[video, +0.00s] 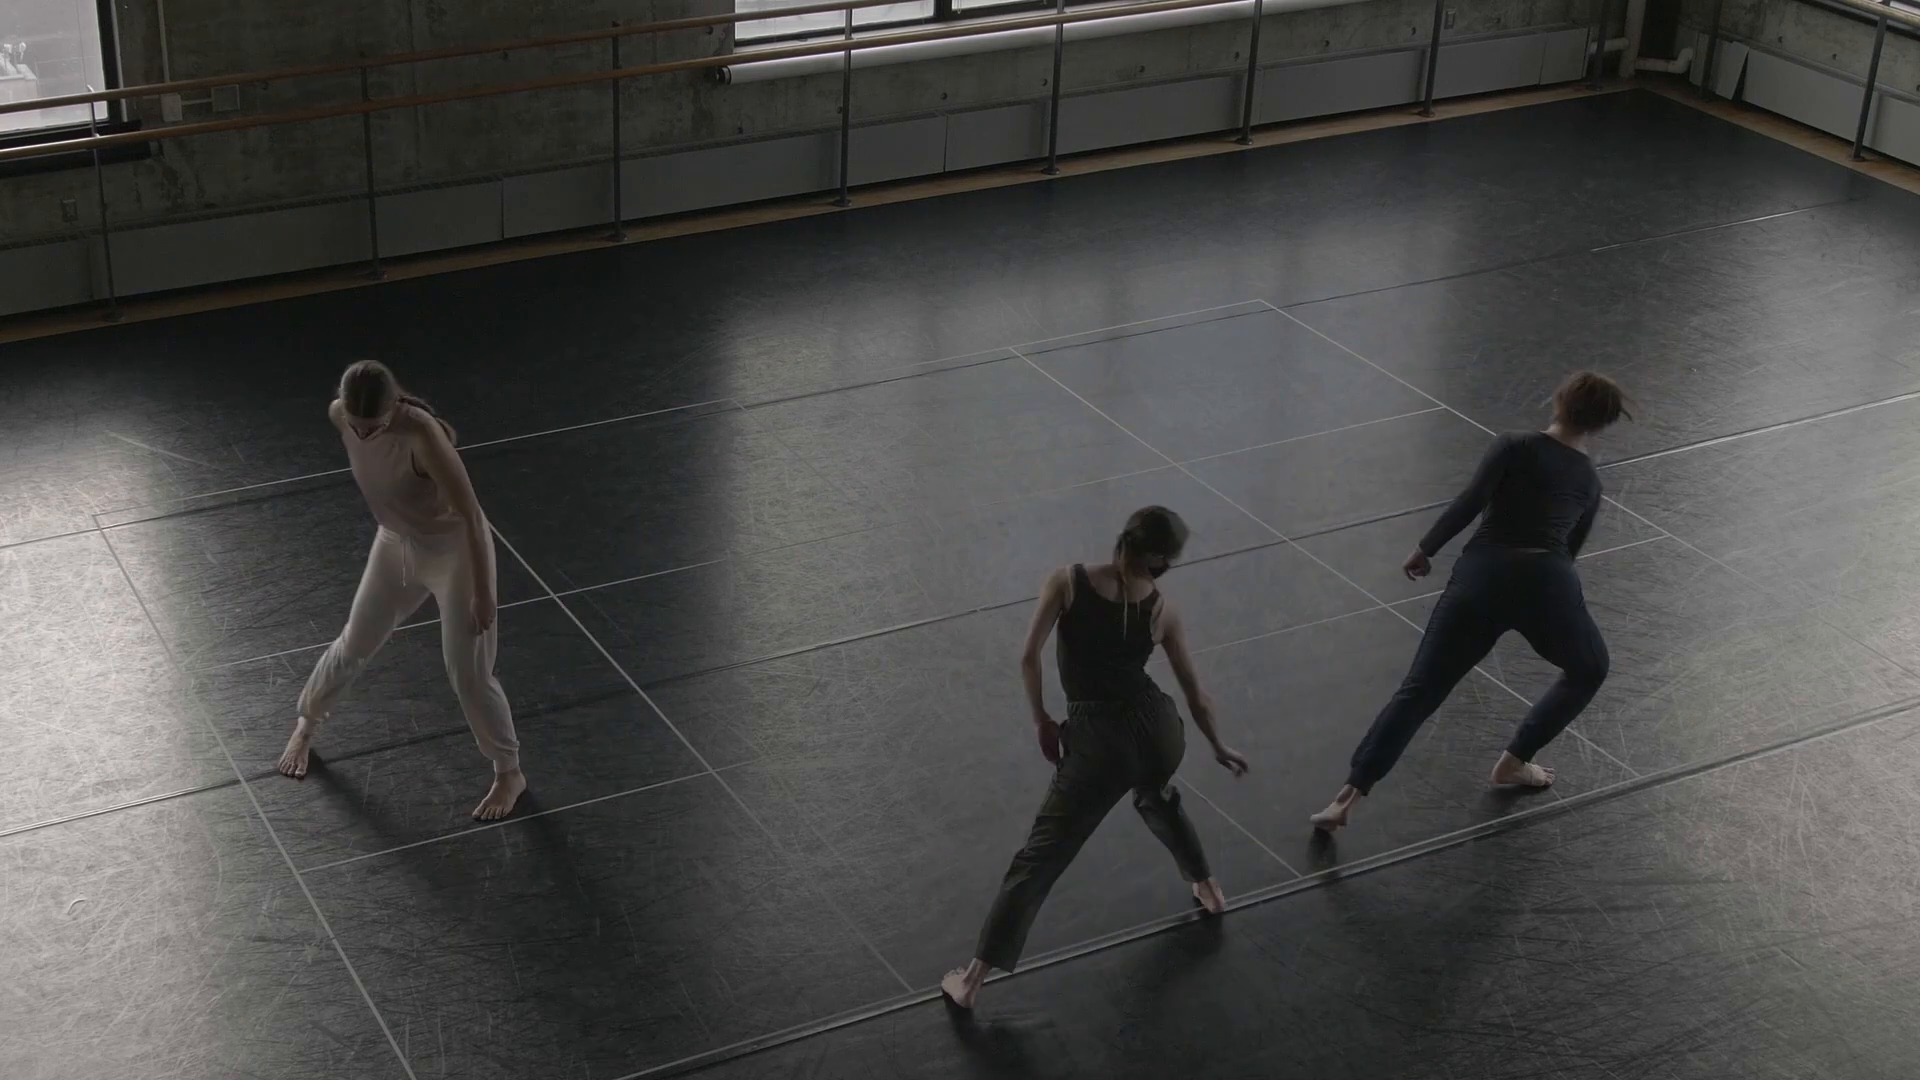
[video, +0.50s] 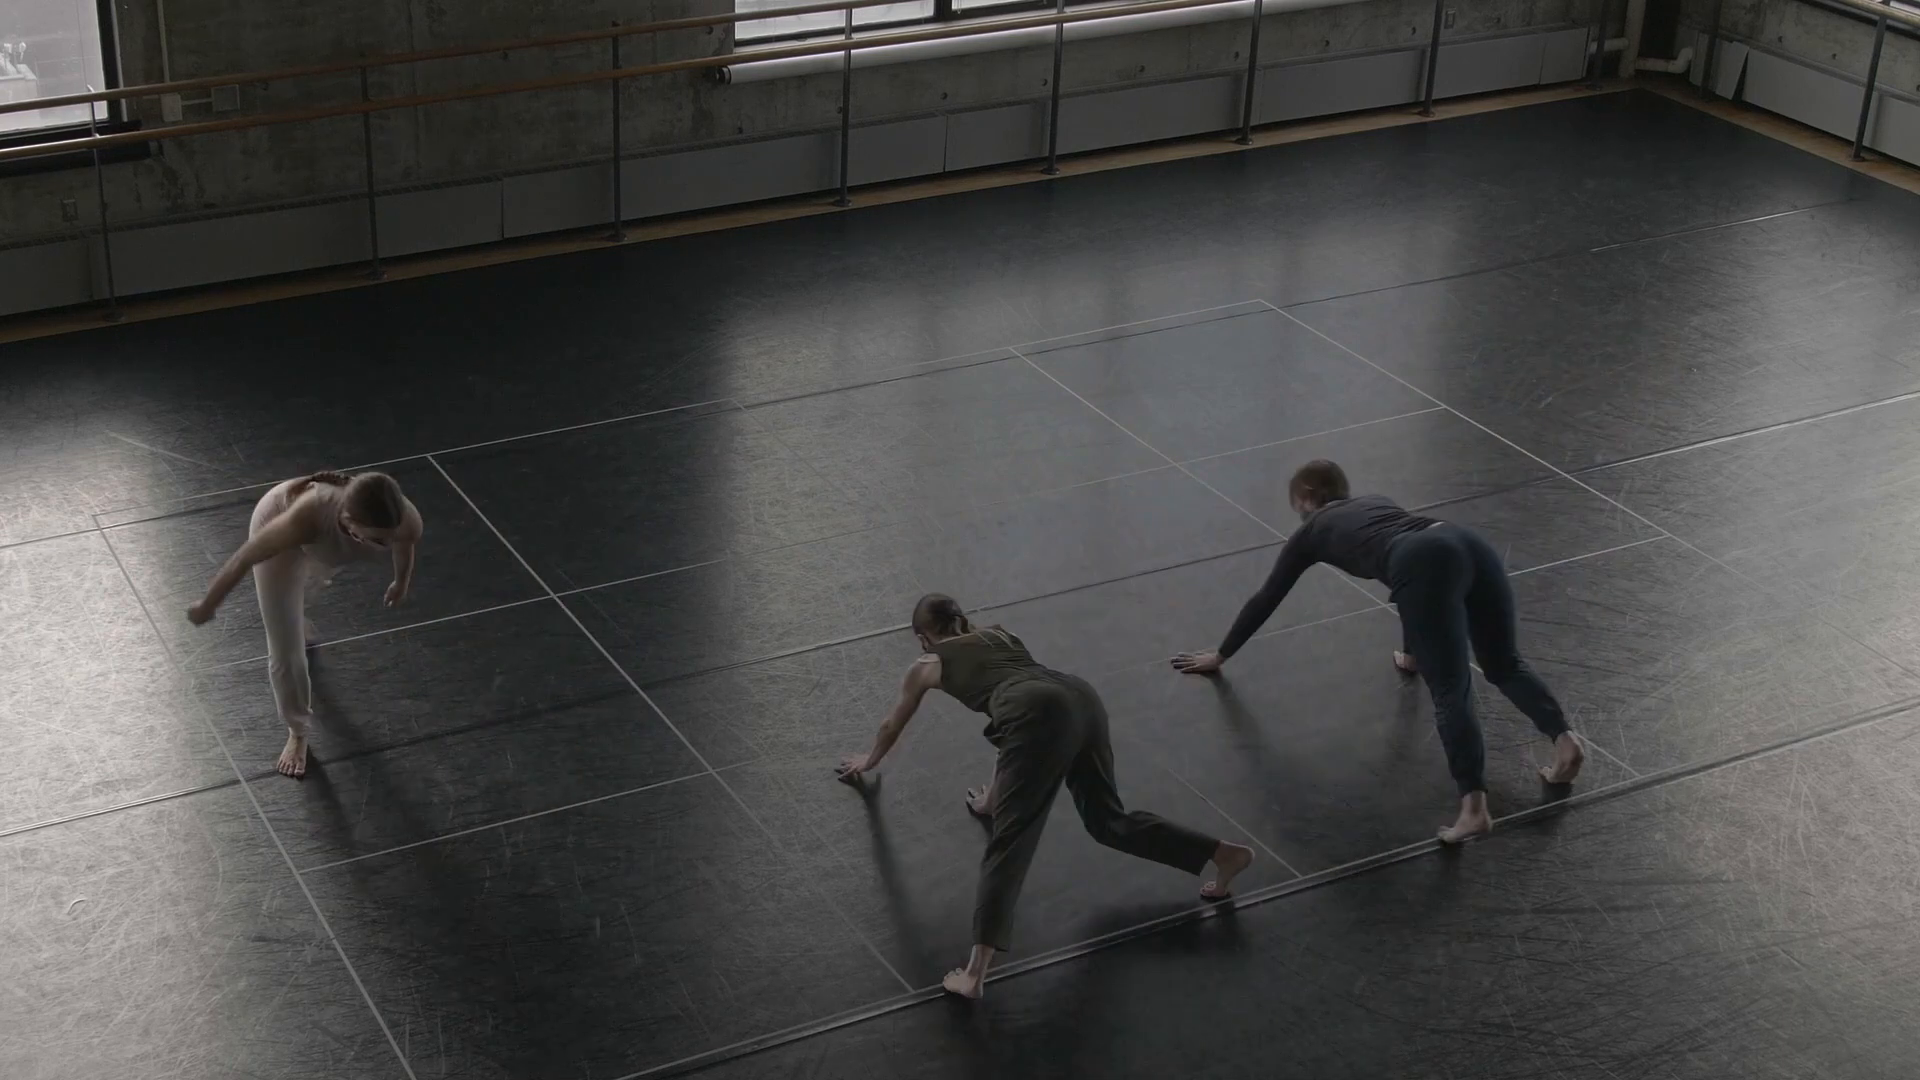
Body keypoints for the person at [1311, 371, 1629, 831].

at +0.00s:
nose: (1554, 405)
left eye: (1558, 399)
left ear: (1557, 406)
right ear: (1600, 425)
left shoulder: (1513, 445)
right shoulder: (1590, 482)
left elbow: (1471, 502)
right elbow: (1569, 550)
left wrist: (1424, 549)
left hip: (1482, 575)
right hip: (1547, 586)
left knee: (1420, 687)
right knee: (1589, 669)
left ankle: (1346, 798)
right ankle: (1513, 763)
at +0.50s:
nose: (1298, 512)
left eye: (1298, 504)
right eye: (1298, 504)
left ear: (1308, 500)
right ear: (1339, 490)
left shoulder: (1312, 532)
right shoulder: (1375, 506)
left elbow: (1267, 598)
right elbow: (1417, 571)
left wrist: (1220, 654)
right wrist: (1411, 653)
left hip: (1421, 564)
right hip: (1471, 548)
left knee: (1450, 692)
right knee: (1502, 663)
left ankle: (1474, 808)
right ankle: (1567, 740)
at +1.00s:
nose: (1190, 496)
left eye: (1187, 488)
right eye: (1185, 490)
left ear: (1195, 478)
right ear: (1221, 463)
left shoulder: (1210, 499)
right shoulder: (1268, 473)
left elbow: (1210, 584)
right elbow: (1304, 543)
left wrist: (1214, 653)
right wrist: (1313, 624)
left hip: (1307, 552)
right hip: (1353, 530)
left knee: (1371, 665)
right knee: (1400, 651)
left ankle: (1445, 751)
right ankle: (1477, 732)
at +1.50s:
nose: (1202, 522)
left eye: (1197, 515)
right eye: (1196, 518)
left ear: (1205, 501)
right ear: (1225, 483)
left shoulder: (1221, 513)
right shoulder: (1261, 489)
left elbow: (1218, 592)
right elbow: (1309, 538)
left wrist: (1215, 657)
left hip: (1352, 551)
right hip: (1382, 539)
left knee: (1251, 599)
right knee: (1277, 590)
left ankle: (1343, 673)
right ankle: (1346, 664)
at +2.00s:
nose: (1266, 448)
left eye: (1270, 438)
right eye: (1261, 441)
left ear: (1290, 427)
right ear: (1263, 435)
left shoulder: (1348, 444)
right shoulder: (1281, 462)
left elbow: (1382, 519)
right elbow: (1282, 504)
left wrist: (1329, 563)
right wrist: (1286, 550)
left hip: (1404, 530)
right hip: (1343, 526)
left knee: (1348, 617)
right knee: (1309, 616)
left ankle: (1359, 684)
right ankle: (1337, 670)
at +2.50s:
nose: (1403, 300)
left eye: (1410, 291)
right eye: (1395, 290)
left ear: (1415, 285)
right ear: (1370, 279)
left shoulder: (1413, 322)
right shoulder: (1337, 326)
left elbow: (1441, 388)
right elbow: (1286, 377)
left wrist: (1473, 454)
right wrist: (1259, 441)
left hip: (1385, 469)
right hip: (1334, 470)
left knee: (1357, 581)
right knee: (1328, 581)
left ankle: (1338, 683)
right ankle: (1313, 691)